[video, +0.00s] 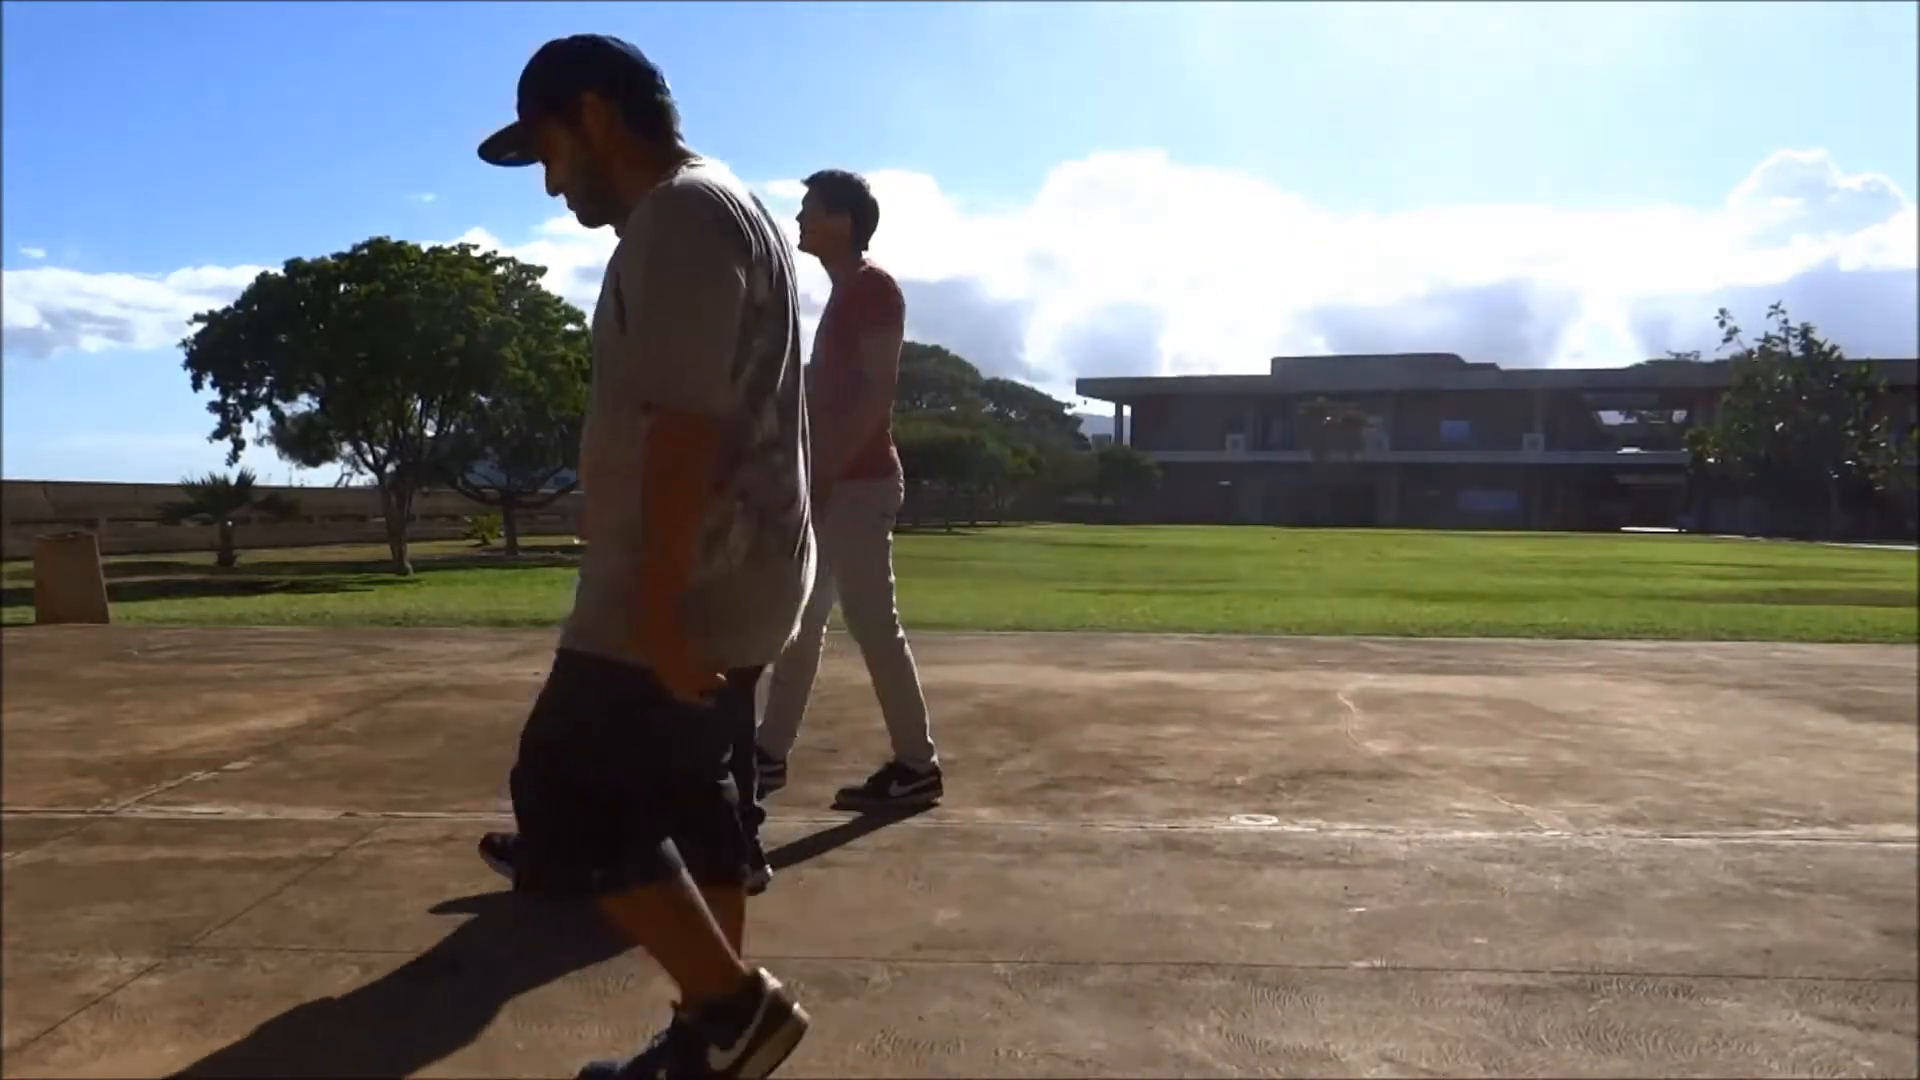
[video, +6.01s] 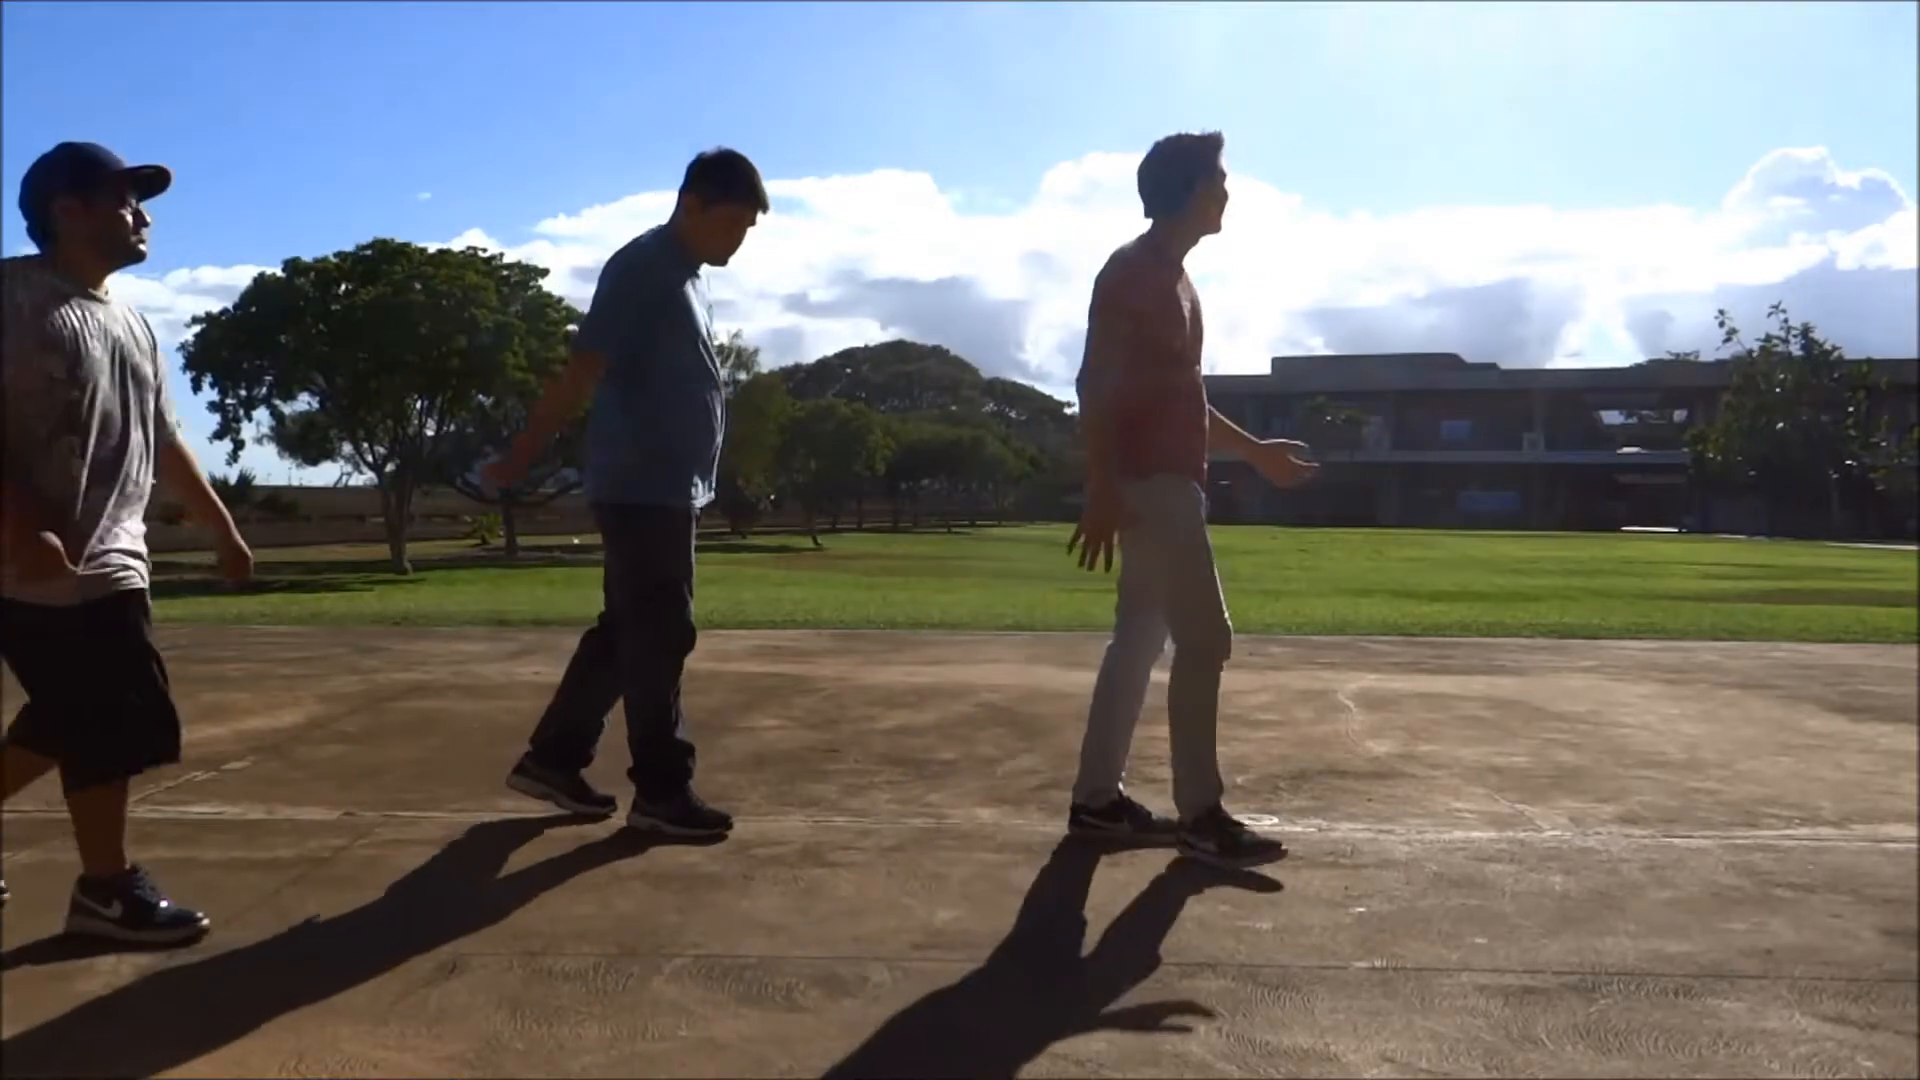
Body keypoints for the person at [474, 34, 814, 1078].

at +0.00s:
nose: (549, 182)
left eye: (546, 151)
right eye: (539, 160)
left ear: (597, 117)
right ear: (614, 120)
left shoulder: (679, 220)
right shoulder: (726, 211)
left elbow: (683, 426)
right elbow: (726, 426)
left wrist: (661, 603)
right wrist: (664, 588)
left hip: (665, 593)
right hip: (729, 584)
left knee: (564, 800)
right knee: (709, 807)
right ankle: (701, 1028)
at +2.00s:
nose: (354, 183)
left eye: (368, 166)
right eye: (346, 170)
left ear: (414, 162)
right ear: (340, 177)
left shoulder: (466, 249)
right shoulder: (351, 271)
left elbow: (472, 368)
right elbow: (328, 384)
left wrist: (418, 466)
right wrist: (292, 477)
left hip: (457, 483)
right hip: (376, 489)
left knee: (457, 647)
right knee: (393, 649)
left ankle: (492, 819)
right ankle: (416, 809)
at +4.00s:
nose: (393, 180)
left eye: (403, 169)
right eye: (377, 166)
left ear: (414, 179)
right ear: (339, 171)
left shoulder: (427, 266)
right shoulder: (287, 256)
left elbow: (485, 353)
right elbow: (217, 345)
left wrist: (516, 288)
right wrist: (249, 251)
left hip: (411, 487)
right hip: (315, 492)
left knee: (406, 652)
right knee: (324, 655)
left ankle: (385, 797)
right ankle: (330, 806)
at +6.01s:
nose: (741, 241)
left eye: (747, 228)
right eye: (739, 224)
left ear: (704, 211)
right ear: (697, 205)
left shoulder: (676, 272)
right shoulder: (642, 266)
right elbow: (582, 369)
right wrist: (521, 455)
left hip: (663, 490)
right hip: (642, 491)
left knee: (625, 627)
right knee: (661, 633)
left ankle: (551, 760)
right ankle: (661, 794)